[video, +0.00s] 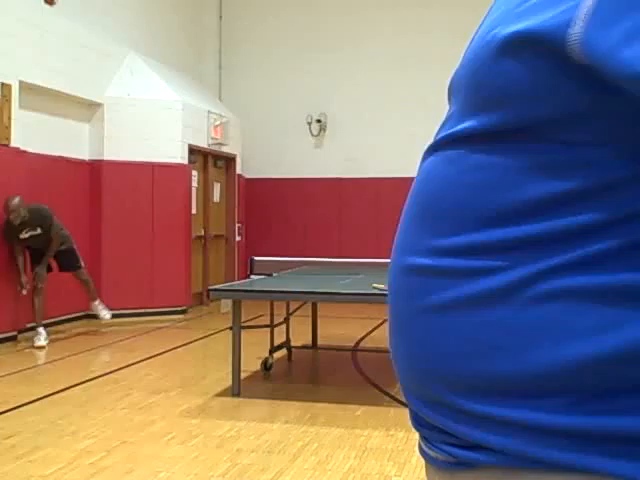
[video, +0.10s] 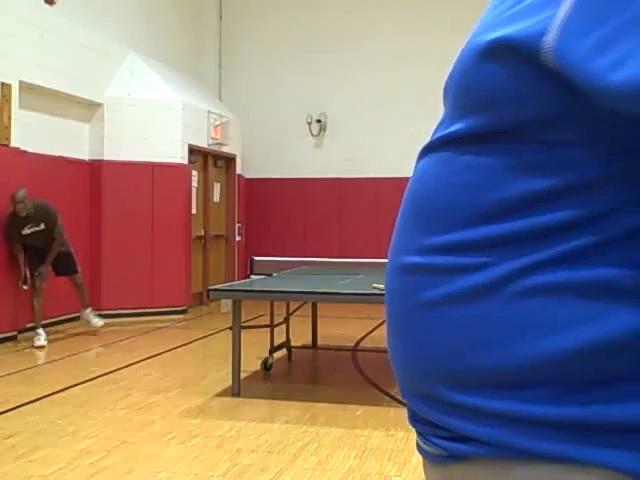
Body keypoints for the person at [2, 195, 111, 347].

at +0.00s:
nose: (11, 216)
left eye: (14, 212)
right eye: (9, 213)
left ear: (23, 209)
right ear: (7, 213)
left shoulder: (42, 214)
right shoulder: (10, 227)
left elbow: (56, 239)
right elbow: (18, 251)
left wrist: (44, 264)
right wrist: (22, 275)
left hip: (59, 243)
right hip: (37, 250)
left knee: (82, 275)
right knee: (38, 287)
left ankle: (96, 302)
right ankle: (40, 329)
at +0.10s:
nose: (20, 206)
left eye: (23, 202)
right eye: (17, 203)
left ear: (29, 201)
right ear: (13, 205)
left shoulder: (46, 211)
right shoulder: (12, 222)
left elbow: (59, 239)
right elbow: (18, 247)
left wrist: (47, 264)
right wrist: (23, 268)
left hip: (56, 246)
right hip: (35, 252)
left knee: (78, 279)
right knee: (37, 288)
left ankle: (87, 310)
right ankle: (39, 330)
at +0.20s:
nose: (32, 196)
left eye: (34, 192)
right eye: (29, 193)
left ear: (40, 192)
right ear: (24, 194)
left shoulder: (53, 206)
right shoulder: (18, 215)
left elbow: (60, 236)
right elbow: (18, 243)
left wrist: (54, 262)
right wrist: (25, 267)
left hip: (55, 249)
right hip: (34, 253)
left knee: (72, 284)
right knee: (37, 286)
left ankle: (70, 319)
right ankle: (39, 331)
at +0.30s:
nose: (45, 185)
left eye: (46, 181)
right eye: (41, 182)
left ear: (50, 182)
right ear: (36, 184)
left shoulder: (58, 201)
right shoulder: (26, 206)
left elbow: (64, 229)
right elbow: (21, 233)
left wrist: (60, 255)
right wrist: (28, 259)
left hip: (55, 250)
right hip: (36, 252)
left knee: (66, 286)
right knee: (38, 287)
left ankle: (54, 322)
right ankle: (39, 329)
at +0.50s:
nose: (70, 178)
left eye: (71, 175)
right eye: (67, 174)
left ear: (71, 177)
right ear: (57, 176)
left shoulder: (70, 198)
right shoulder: (43, 197)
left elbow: (71, 225)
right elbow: (33, 223)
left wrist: (72, 248)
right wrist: (43, 246)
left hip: (57, 247)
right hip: (40, 247)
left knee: (61, 285)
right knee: (43, 284)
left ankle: (50, 324)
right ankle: (41, 327)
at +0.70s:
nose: (86, 171)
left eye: (86, 168)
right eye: (82, 168)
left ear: (78, 172)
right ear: (71, 171)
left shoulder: (74, 192)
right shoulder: (61, 189)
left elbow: (69, 221)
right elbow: (47, 214)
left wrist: (78, 242)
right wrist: (62, 238)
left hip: (55, 240)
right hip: (47, 239)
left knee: (55, 279)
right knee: (61, 277)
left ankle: (49, 322)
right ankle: (50, 323)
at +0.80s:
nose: (90, 171)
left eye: (90, 168)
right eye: (86, 168)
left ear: (82, 173)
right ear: (76, 171)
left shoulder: (76, 192)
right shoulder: (68, 189)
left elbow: (71, 223)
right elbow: (55, 215)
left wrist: (80, 242)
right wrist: (75, 236)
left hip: (58, 242)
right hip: (55, 241)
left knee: (58, 281)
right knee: (71, 278)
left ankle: (48, 323)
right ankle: (61, 322)